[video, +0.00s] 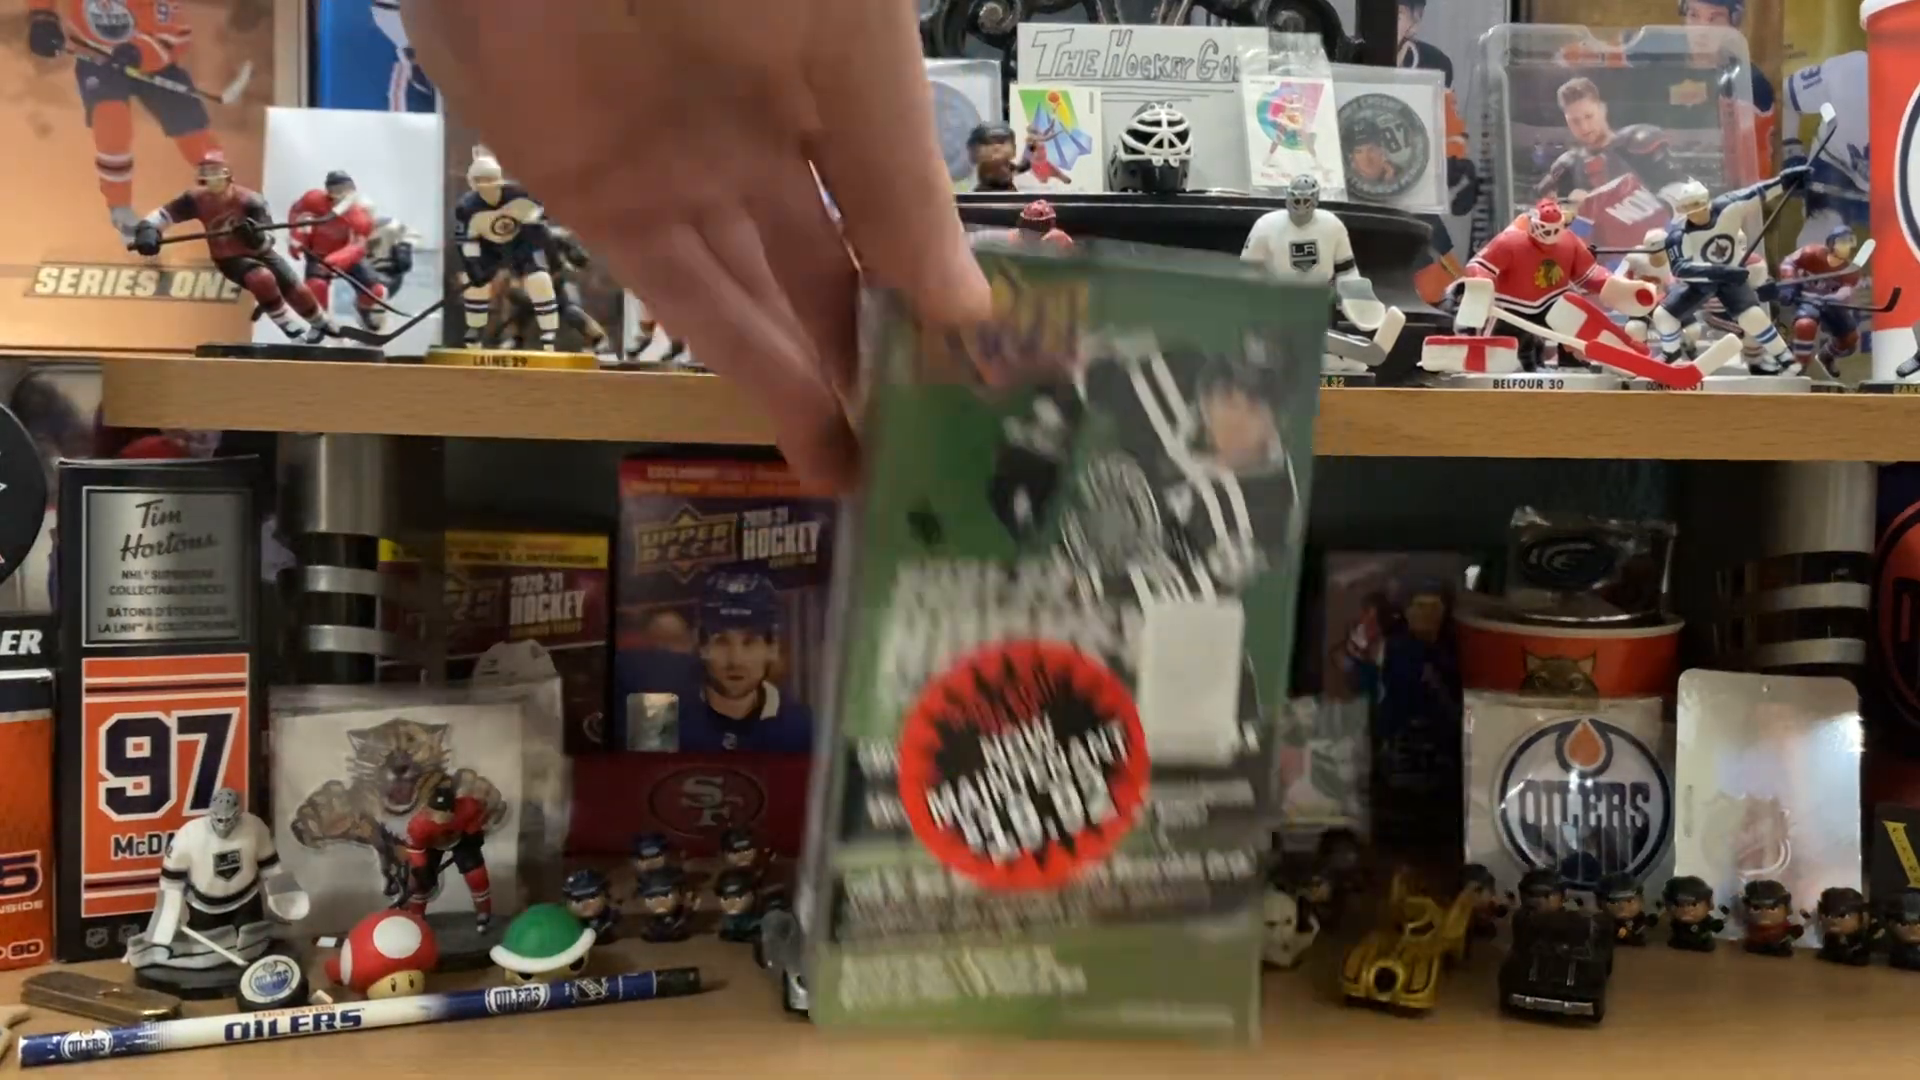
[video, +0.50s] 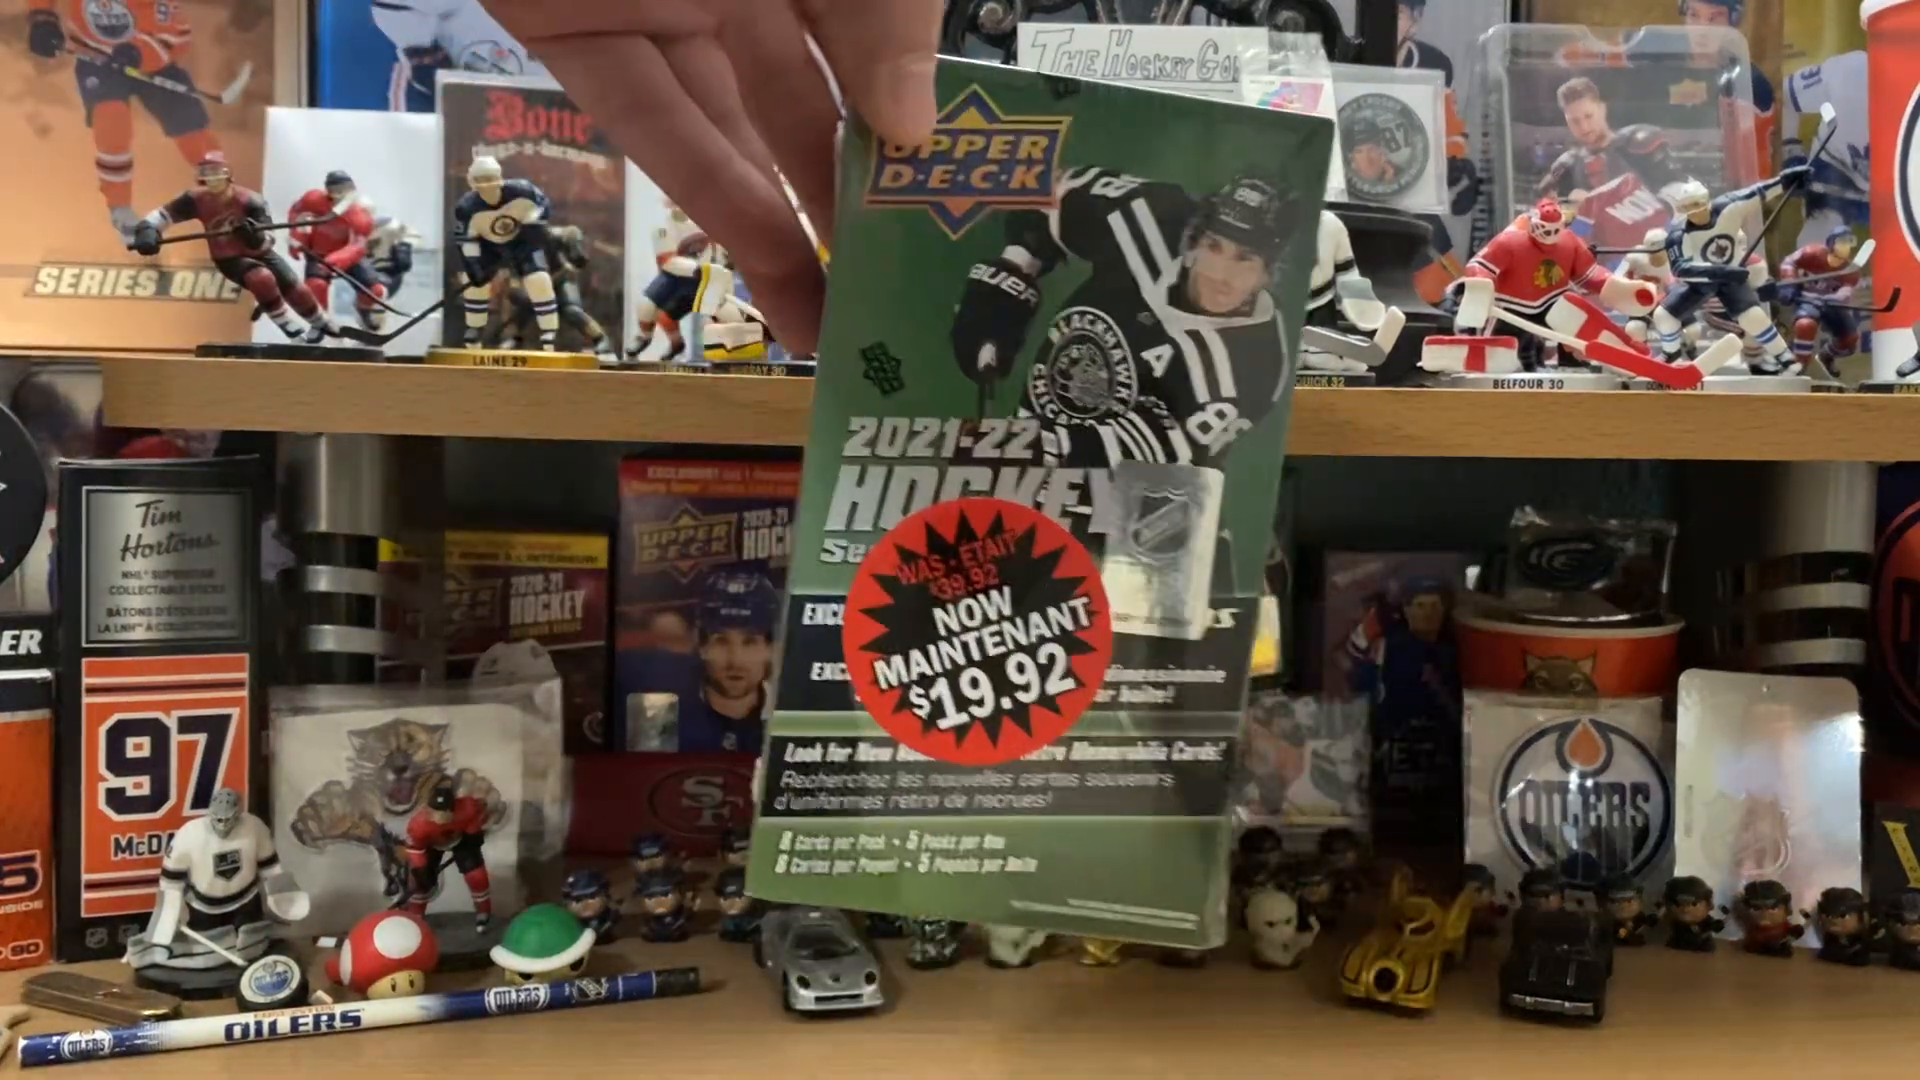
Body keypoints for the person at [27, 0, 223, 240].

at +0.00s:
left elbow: (176, 37)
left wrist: (138, 52)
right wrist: (43, 16)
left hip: (152, 59)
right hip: (95, 57)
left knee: (197, 140)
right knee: (113, 125)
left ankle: (227, 204)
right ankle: (121, 211)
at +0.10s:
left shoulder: (159, 4)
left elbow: (176, 37)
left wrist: (138, 52)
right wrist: (43, 16)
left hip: (153, 59)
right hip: (95, 58)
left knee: (198, 142)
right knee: (113, 125)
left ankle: (227, 205)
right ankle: (121, 210)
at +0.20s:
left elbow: (176, 37)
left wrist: (139, 52)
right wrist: (43, 16)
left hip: (153, 59)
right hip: (95, 58)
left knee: (198, 141)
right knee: (113, 126)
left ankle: (226, 205)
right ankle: (121, 211)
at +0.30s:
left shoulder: (158, 6)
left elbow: (176, 37)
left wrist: (139, 52)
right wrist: (43, 17)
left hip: (153, 58)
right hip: (95, 58)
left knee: (197, 139)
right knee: (113, 125)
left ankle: (226, 205)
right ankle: (121, 211)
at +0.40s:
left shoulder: (159, 6)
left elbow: (177, 36)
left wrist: (139, 52)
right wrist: (42, 17)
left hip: (153, 59)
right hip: (96, 58)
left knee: (196, 137)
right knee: (113, 125)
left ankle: (226, 205)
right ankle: (121, 210)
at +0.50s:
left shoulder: (157, 5)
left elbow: (176, 37)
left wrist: (139, 52)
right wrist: (42, 17)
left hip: (152, 58)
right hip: (95, 57)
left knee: (195, 136)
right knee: (113, 121)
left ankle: (227, 204)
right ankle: (121, 210)